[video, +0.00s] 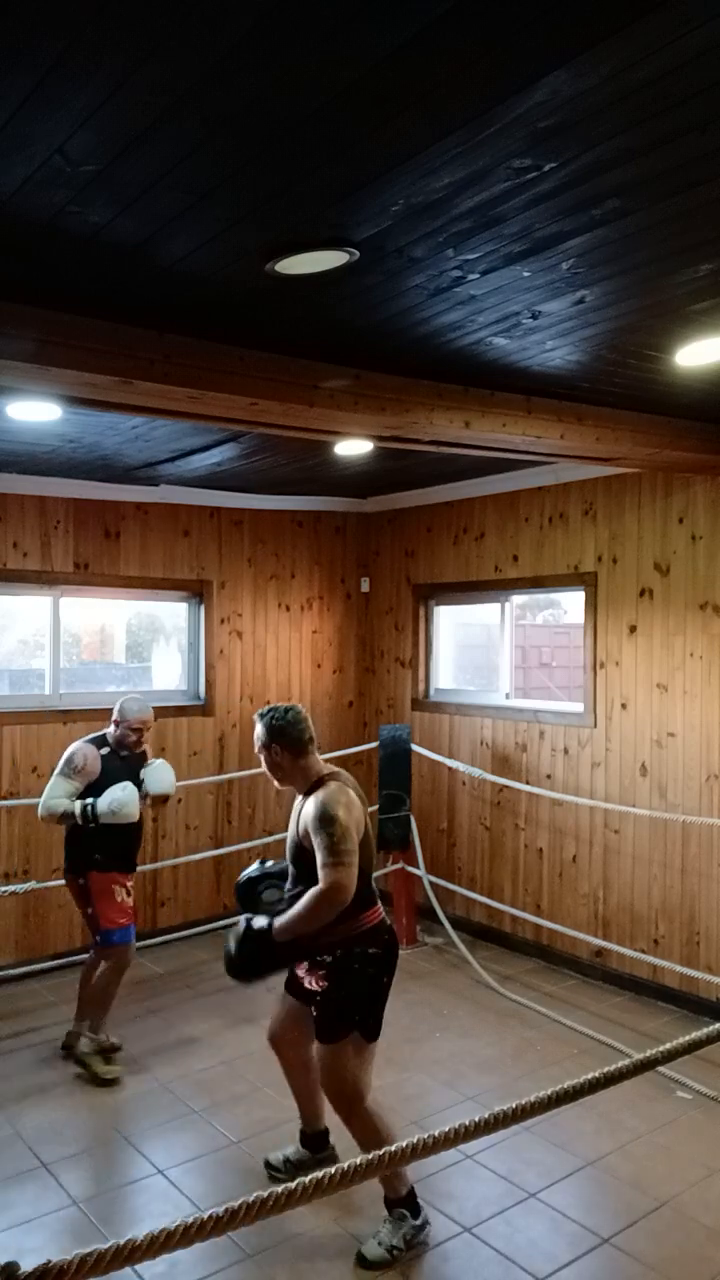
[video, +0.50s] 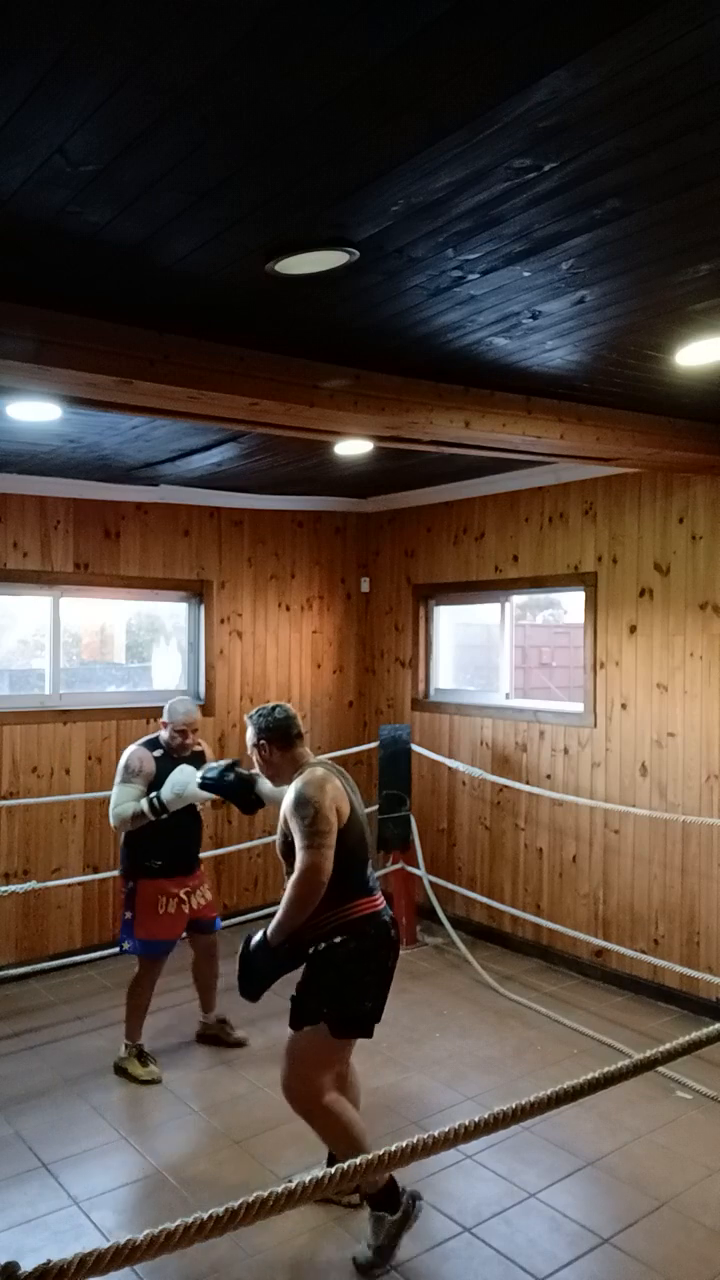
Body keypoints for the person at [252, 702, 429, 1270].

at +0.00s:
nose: (262, 763)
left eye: (262, 753)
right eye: (261, 754)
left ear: (280, 752)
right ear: (303, 744)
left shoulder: (329, 806)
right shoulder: (314, 791)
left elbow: (337, 889)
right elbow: (312, 860)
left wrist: (271, 934)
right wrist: (278, 880)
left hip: (359, 949)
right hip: (325, 942)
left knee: (345, 1091)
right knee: (286, 1036)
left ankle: (406, 1211)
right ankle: (317, 1145)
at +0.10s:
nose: (264, 751)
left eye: (264, 741)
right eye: (264, 741)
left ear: (279, 741)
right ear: (310, 731)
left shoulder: (323, 792)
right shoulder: (332, 774)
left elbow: (335, 882)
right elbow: (318, 838)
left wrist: (290, 954)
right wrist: (278, 849)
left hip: (358, 945)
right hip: (343, 936)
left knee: (353, 1082)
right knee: (304, 1035)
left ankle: (407, 1208)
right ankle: (334, 1156)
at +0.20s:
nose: (263, 745)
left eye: (263, 736)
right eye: (264, 736)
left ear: (276, 738)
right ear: (313, 729)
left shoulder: (315, 789)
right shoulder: (340, 772)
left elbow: (328, 875)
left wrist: (299, 953)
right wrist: (278, 808)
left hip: (351, 941)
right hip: (350, 931)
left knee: (358, 1079)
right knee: (323, 1044)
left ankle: (409, 1209)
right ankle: (342, 1167)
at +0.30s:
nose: (259, 753)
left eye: (261, 743)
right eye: (260, 744)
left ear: (276, 741)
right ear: (310, 731)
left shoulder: (312, 789)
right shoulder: (341, 772)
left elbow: (317, 874)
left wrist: (289, 955)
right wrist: (271, 787)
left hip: (346, 942)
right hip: (356, 932)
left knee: (360, 1084)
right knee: (338, 1062)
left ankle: (408, 1209)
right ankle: (343, 1173)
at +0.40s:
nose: (260, 754)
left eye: (259, 746)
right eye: (259, 747)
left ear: (273, 745)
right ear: (305, 734)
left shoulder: (311, 787)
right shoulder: (338, 771)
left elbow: (310, 874)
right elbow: (298, 801)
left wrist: (278, 953)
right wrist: (252, 782)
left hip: (352, 941)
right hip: (363, 930)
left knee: (330, 1087)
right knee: (334, 1068)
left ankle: (400, 1202)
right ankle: (344, 1172)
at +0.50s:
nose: (254, 759)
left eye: (253, 750)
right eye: (253, 751)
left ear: (266, 748)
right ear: (299, 738)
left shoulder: (308, 790)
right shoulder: (331, 776)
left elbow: (313, 873)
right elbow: (286, 801)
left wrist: (270, 944)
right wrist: (248, 787)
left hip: (346, 943)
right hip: (364, 933)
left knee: (303, 1087)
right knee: (335, 1067)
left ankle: (389, 1200)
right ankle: (345, 1173)